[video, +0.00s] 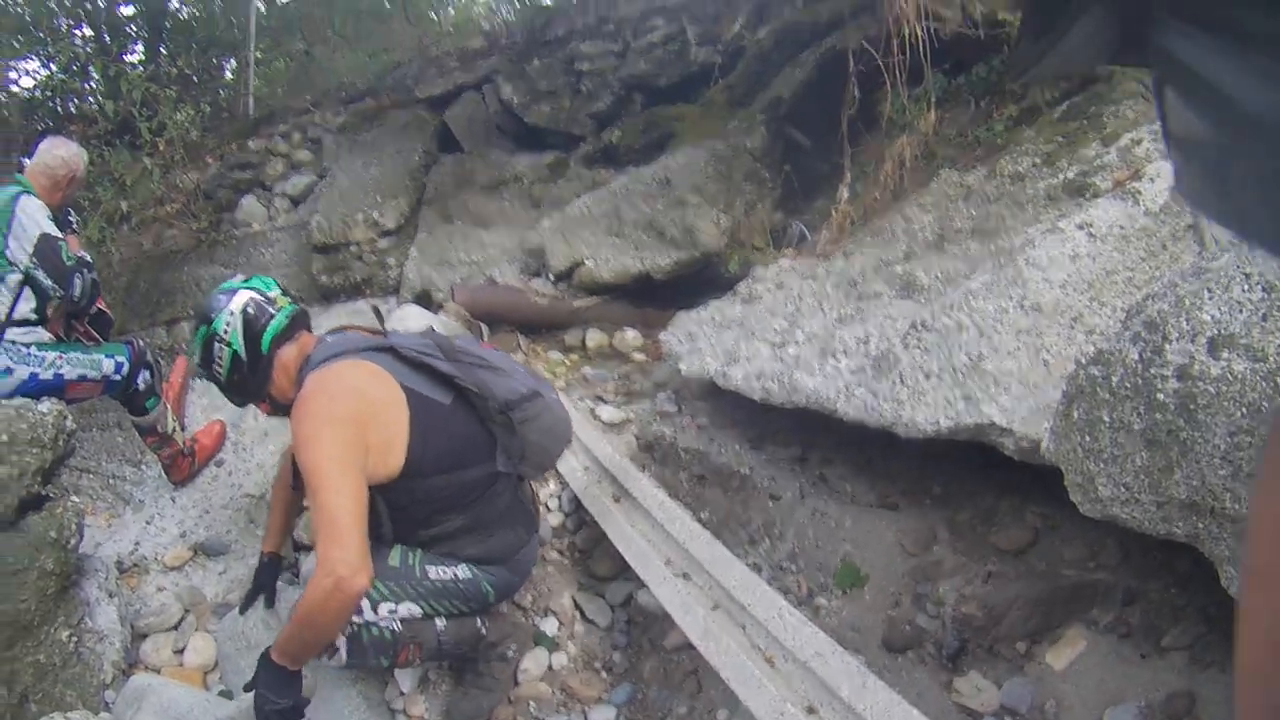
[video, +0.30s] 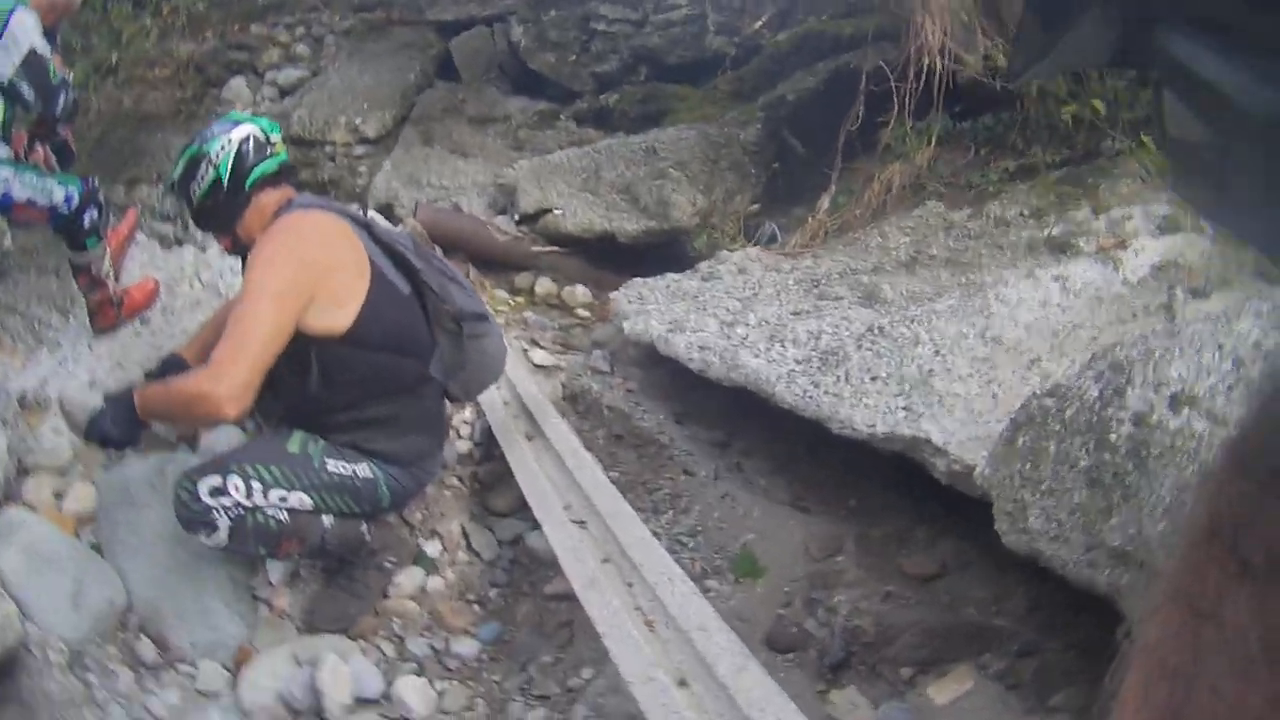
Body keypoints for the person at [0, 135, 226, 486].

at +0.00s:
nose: (72, 195)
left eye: (74, 188)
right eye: (74, 187)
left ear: (32, 164)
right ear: (65, 183)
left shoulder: (12, 199)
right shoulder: (25, 210)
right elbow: (80, 293)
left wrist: (60, 309)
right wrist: (73, 241)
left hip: (11, 344)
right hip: (12, 359)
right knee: (133, 363)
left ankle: (158, 402)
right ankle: (177, 459)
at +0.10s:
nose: (87, 195)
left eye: (91, 188)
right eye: (90, 187)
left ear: (50, 160)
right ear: (81, 183)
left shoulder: (24, 191)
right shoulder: (41, 202)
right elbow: (93, 283)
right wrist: (94, 248)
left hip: (13, 332)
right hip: (14, 348)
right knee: (135, 364)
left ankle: (158, 404)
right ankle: (174, 460)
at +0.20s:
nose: (58, 111)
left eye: (61, 103)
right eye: (60, 102)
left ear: (25, 79)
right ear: (51, 98)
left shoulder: (11, 112)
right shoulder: (12, 123)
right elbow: (64, 196)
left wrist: (33, 233)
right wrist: (63, 164)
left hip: (8, 247)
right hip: (3, 266)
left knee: (71, 237)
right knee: (97, 284)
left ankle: (121, 329)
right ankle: (135, 385)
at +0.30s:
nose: (73, 10)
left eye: (75, 6)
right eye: (73, 4)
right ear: (57, 3)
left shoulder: (23, 20)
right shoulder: (16, 23)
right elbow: (57, 104)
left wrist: (34, 137)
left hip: (5, 153)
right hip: (3, 170)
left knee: (58, 147)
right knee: (81, 200)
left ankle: (98, 249)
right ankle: (104, 305)